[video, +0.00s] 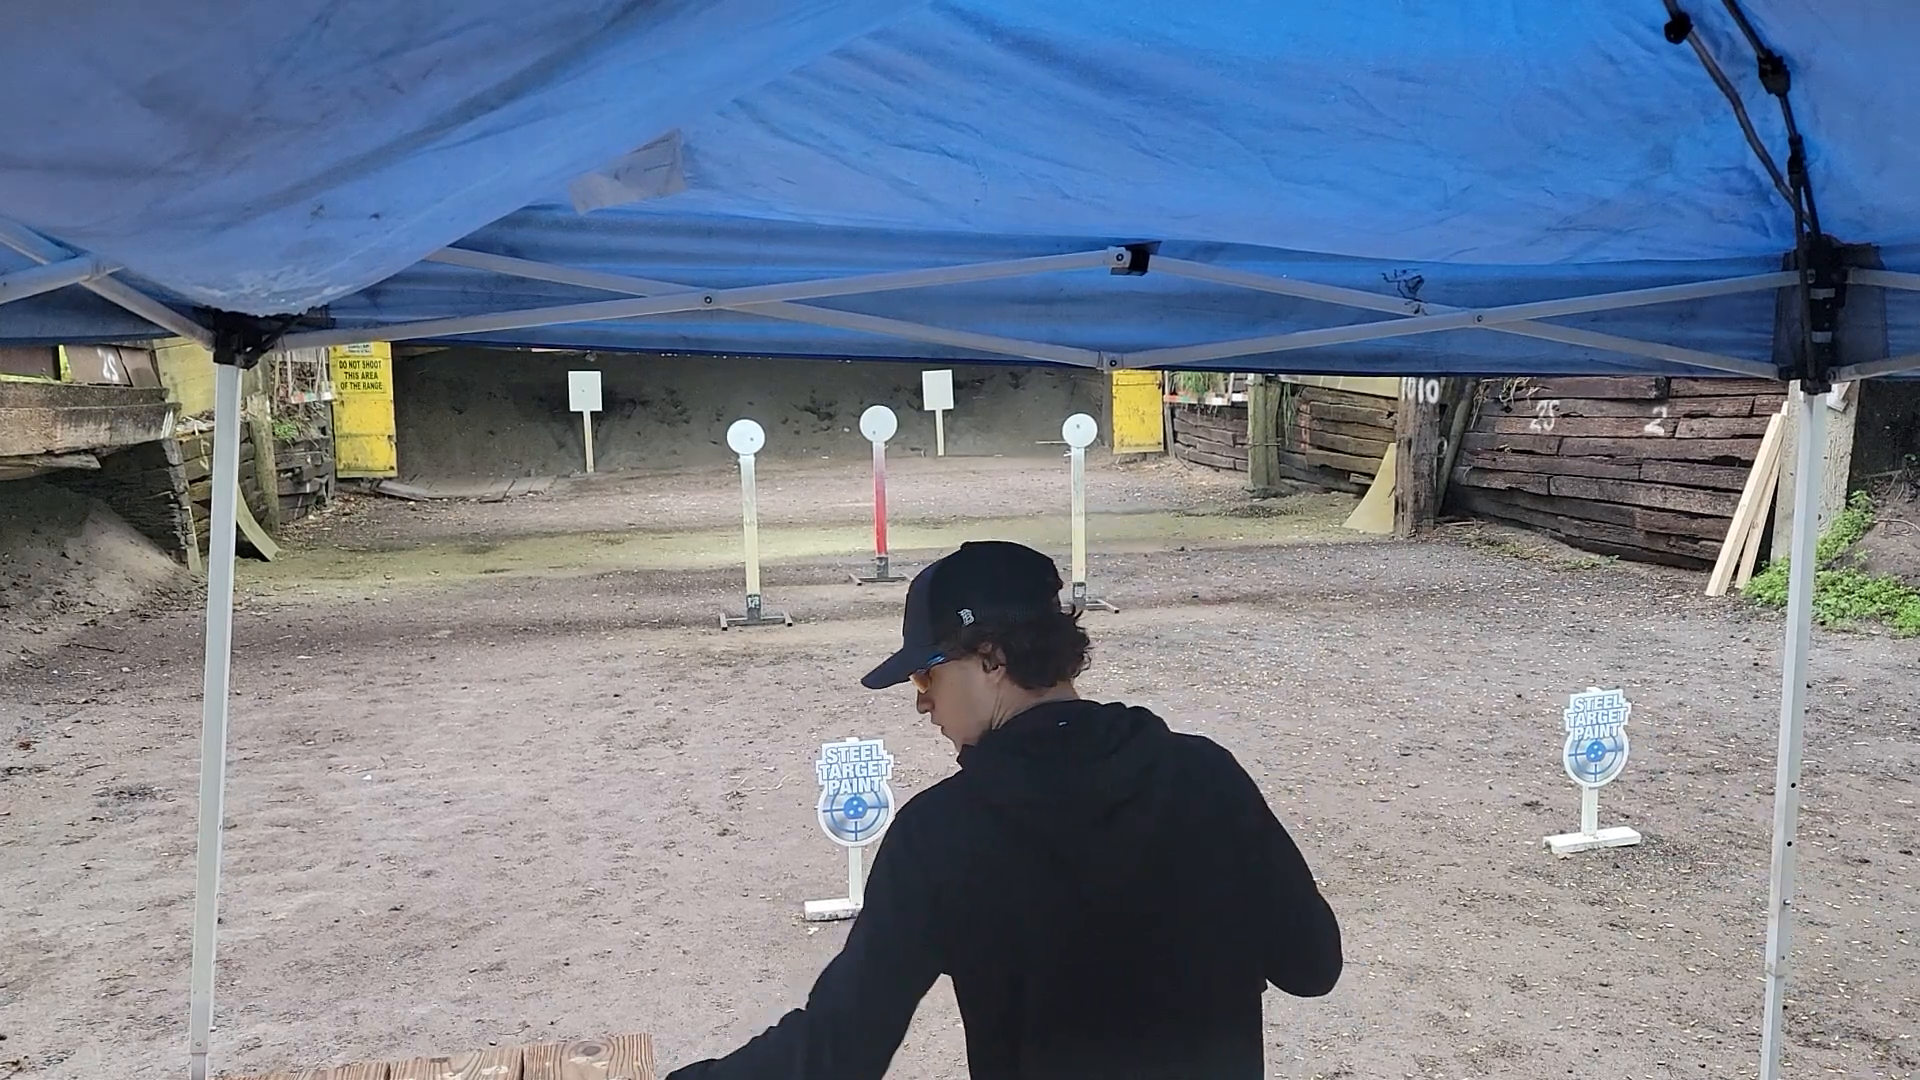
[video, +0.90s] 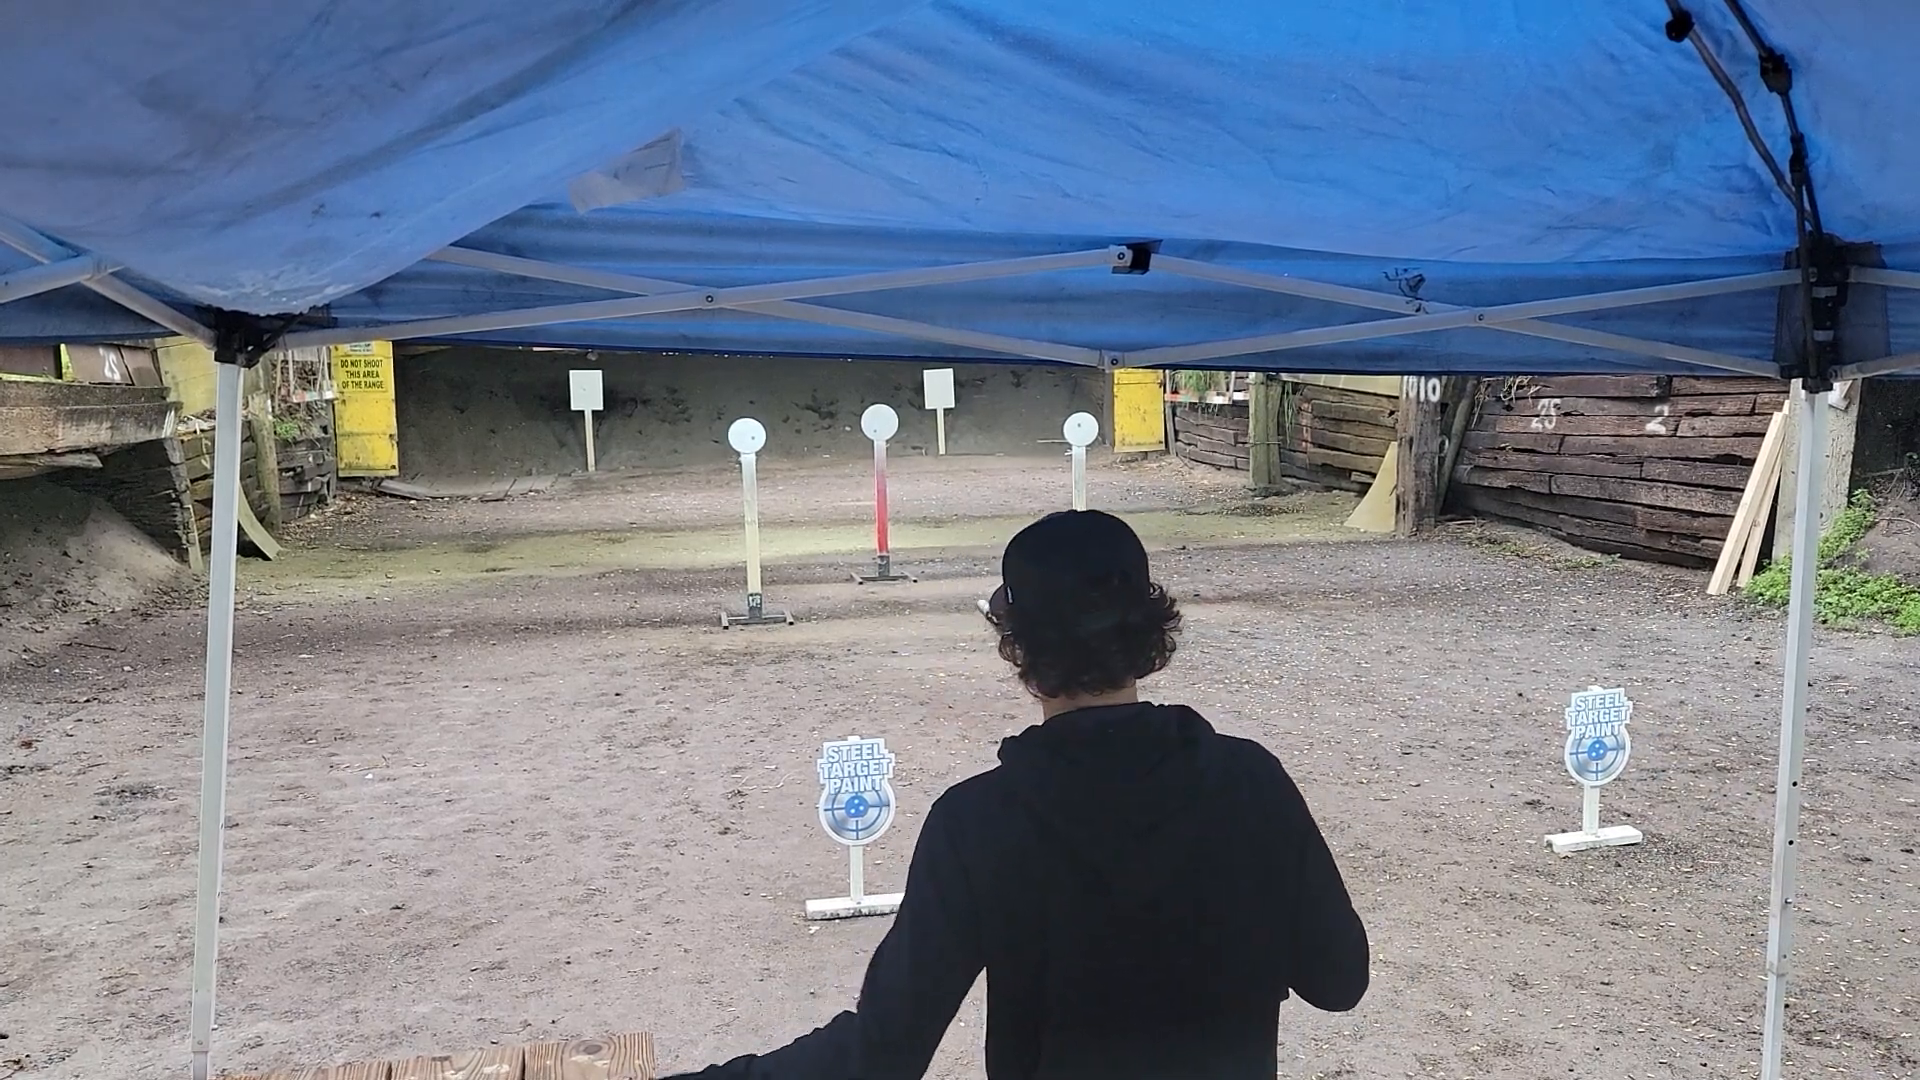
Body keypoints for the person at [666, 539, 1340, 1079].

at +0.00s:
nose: (922, 705)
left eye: (927, 677)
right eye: (918, 682)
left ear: (989, 661)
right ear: (1054, 651)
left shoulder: (944, 827)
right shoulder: (1206, 775)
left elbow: (839, 1046)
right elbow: (1315, 964)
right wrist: (1191, 896)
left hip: (1031, 1069)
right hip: (1213, 1071)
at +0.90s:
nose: (1001, 640)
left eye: (1003, 621)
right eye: (1004, 619)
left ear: (1019, 641)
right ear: (1150, 627)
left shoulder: (978, 822)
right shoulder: (1251, 785)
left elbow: (884, 1044)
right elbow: (1340, 978)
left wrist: (695, 1079)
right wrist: (1226, 889)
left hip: (1050, 1068)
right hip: (1227, 1068)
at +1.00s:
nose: (1016, 636)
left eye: (1014, 620)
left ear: (1021, 640)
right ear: (1162, 625)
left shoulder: (987, 818)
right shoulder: (1258, 784)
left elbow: (910, 1055)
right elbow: (1344, 980)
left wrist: (686, 1060)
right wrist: (1230, 893)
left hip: (1053, 1067)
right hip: (1226, 1071)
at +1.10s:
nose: (1022, 636)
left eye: (1023, 617)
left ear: (1032, 638)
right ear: (1166, 623)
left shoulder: (992, 821)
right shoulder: (1265, 788)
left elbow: (941, 1054)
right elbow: (1347, 988)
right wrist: (1221, 900)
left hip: (1058, 1072)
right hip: (1236, 1073)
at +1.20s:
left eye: (1034, 622)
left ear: (1043, 642)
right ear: (1178, 621)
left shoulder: (992, 821)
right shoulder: (1277, 793)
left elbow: (950, 1057)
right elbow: (1356, 994)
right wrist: (1236, 908)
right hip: (1235, 1071)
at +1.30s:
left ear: (1053, 645)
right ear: (1190, 624)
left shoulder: (994, 814)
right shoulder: (1285, 797)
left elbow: (960, 1030)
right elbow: (1365, 1000)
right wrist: (1241, 928)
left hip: (1061, 1070)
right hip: (1242, 1068)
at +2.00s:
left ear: (1086, 637)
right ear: (1225, 619)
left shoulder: (1019, 792)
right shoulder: (1317, 809)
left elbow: (1022, 965)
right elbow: (1387, 1023)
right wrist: (1264, 942)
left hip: (1068, 1072)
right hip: (1261, 1072)